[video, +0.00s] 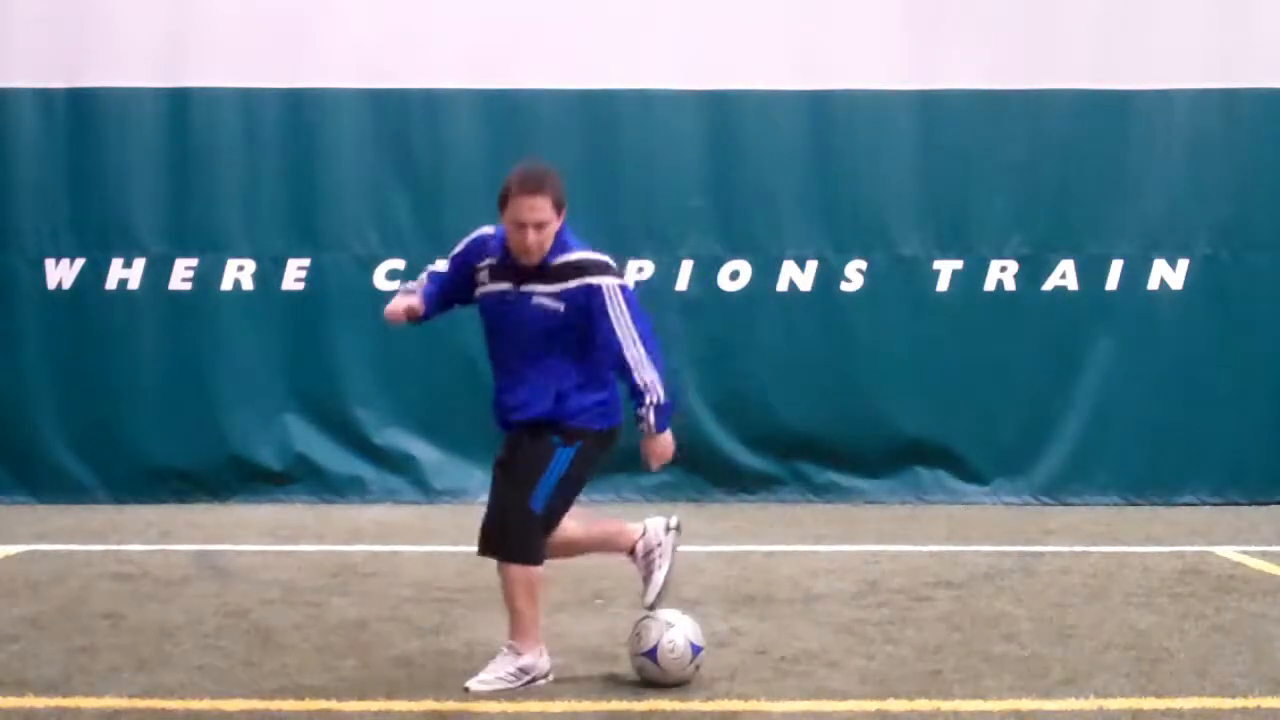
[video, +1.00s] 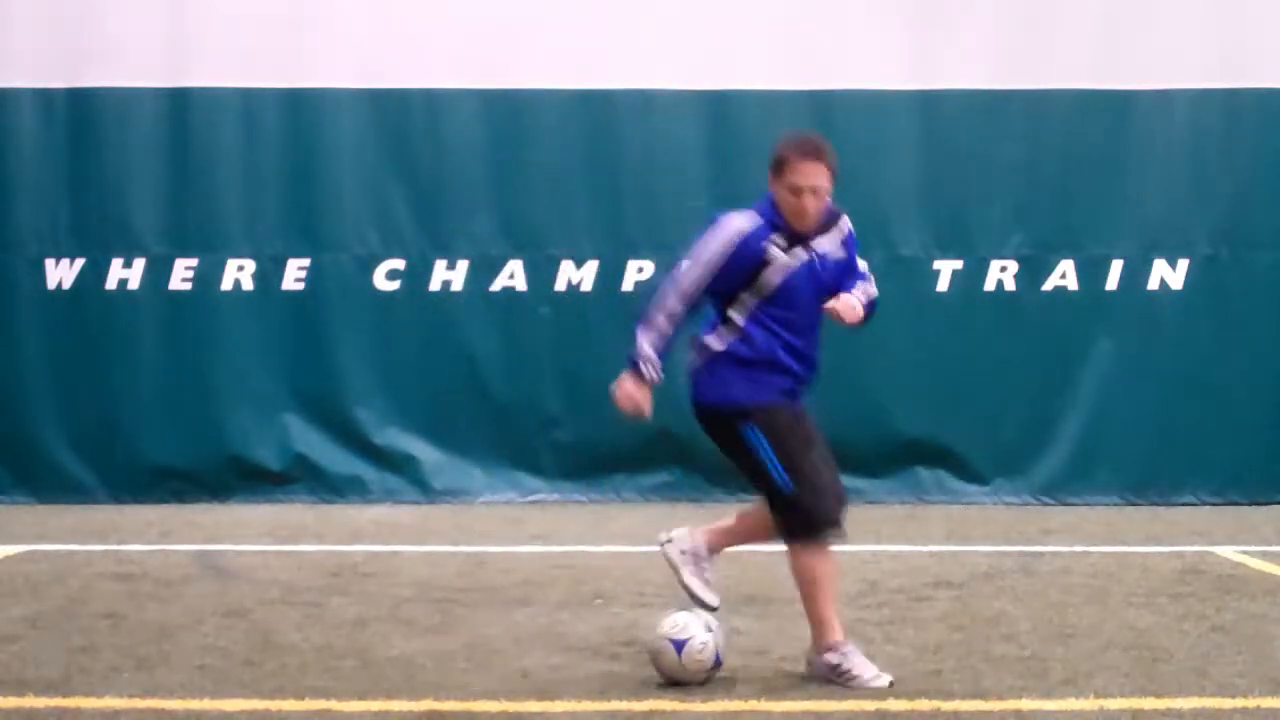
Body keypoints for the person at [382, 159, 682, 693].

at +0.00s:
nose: (530, 238)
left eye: (541, 226)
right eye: (520, 225)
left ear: (559, 218)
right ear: (503, 218)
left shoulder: (589, 270)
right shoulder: (483, 251)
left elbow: (632, 342)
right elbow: (446, 282)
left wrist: (655, 419)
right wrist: (417, 300)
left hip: (580, 420)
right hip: (524, 420)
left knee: (517, 526)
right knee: (512, 536)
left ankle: (527, 655)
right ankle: (640, 538)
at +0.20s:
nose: (542, 198)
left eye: (552, 186)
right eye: (531, 187)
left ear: (570, 179)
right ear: (513, 184)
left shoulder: (608, 223)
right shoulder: (495, 229)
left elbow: (668, 274)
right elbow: (456, 274)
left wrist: (675, 345)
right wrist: (420, 315)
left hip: (600, 395)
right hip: (536, 396)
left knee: (556, 507)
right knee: (521, 508)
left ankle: (543, 648)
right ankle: (604, 578)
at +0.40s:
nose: (582, 196)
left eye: (593, 184)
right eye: (571, 185)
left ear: (610, 184)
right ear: (552, 185)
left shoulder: (643, 234)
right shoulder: (527, 239)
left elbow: (690, 299)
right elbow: (490, 298)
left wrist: (716, 361)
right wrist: (464, 349)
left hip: (639, 404)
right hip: (560, 409)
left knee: (683, 500)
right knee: (541, 528)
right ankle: (541, 639)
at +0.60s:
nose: (660, 153)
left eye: (670, 142)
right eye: (649, 143)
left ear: (686, 144)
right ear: (629, 144)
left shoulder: (717, 196)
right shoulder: (597, 195)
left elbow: (751, 269)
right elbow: (558, 255)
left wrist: (761, 331)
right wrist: (555, 304)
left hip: (696, 365)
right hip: (618, 363)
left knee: (732, 490)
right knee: (590, 456)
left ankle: (731, 610)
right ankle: (604, 567)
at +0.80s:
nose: (740, 178)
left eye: (751, 167)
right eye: (729, 167)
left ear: (764, 169)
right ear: (707, 167)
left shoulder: (784, 219)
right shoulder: (673, 217)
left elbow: (820, 280)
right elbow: (622, 278)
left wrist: (846, 329)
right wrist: (604, 330)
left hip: (749, 376)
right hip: (684, 363)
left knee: (751, 509)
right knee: (703, 431)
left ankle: (723, 622)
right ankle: (687, 559)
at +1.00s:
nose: (811, 205)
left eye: (820, 192)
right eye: (799, 192)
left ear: (832, 190)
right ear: (775, 187)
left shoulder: (836, 229)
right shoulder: (740, 232)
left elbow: (860, 279)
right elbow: (676, 293)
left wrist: (856, 298)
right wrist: (641, 369)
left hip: (782, 391)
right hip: (732, 390)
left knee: (819, 502)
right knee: (806, 507)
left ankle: (697, 545)